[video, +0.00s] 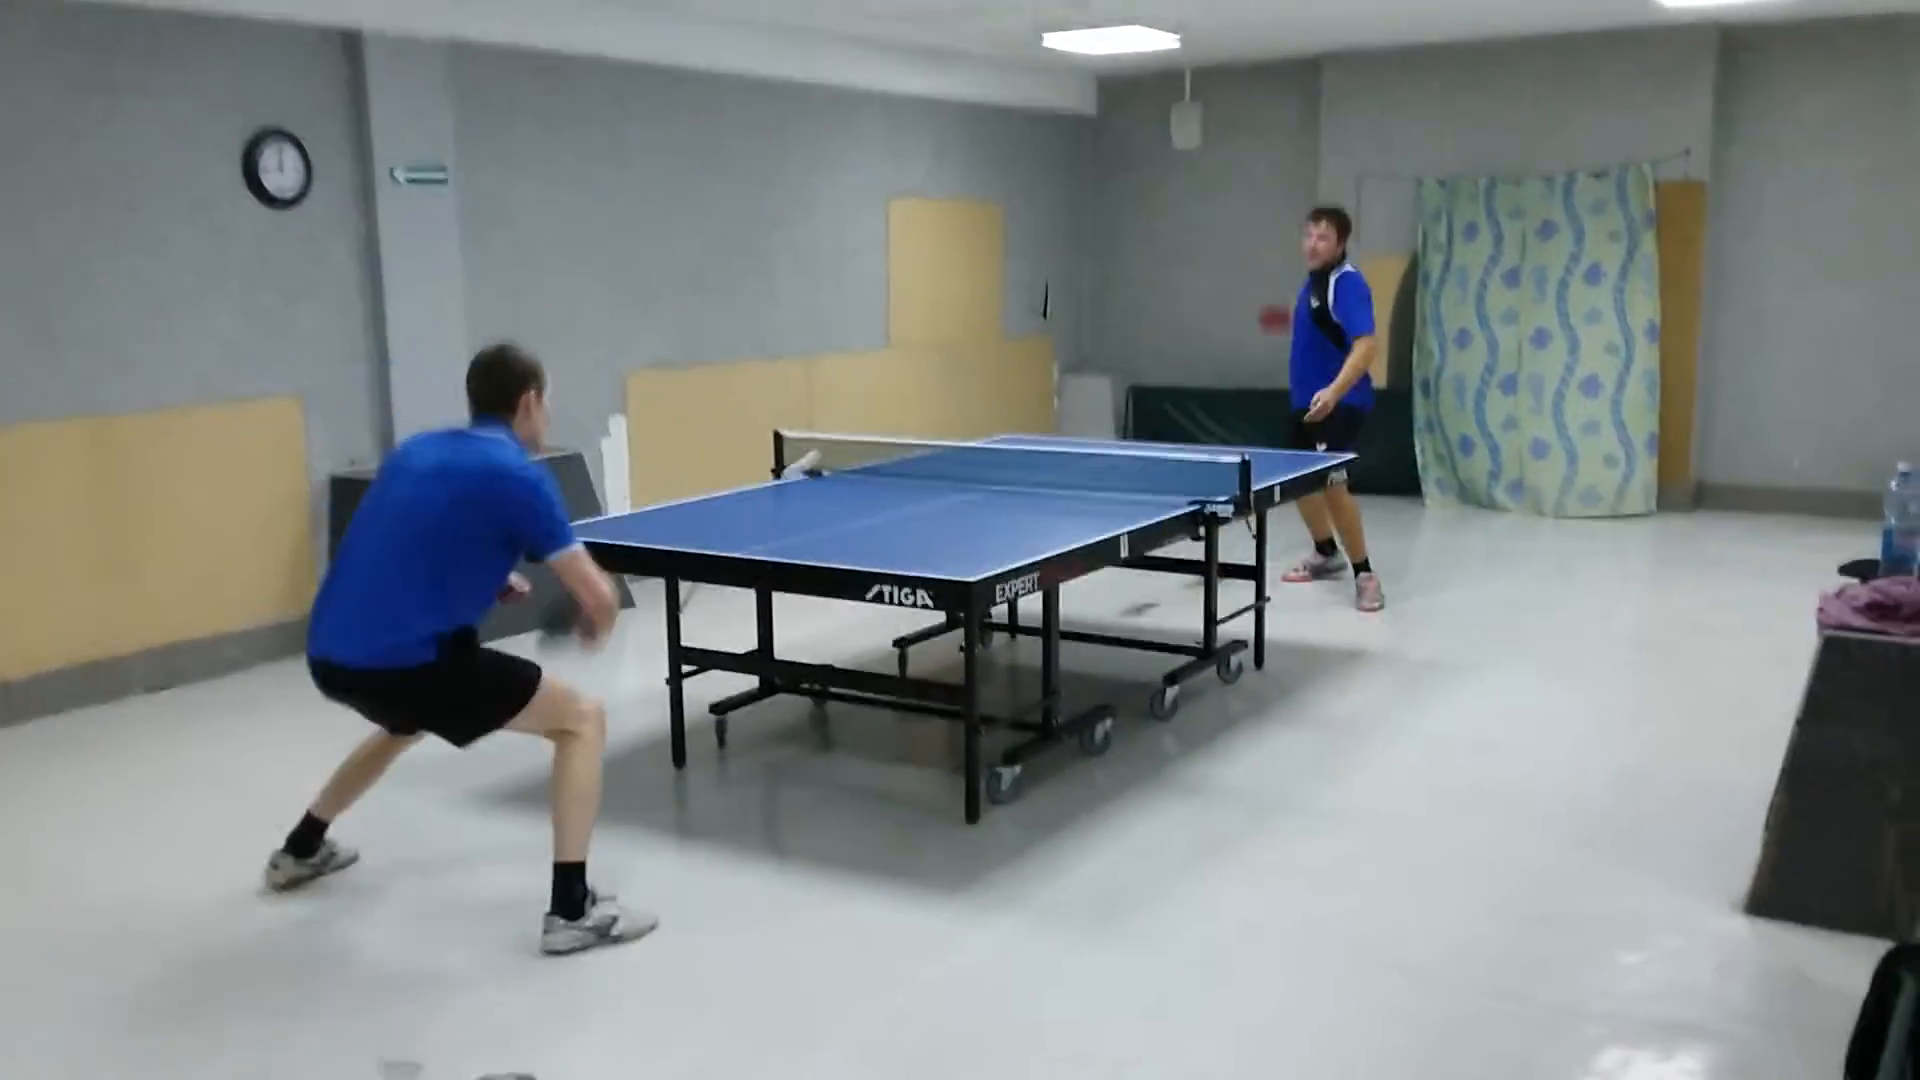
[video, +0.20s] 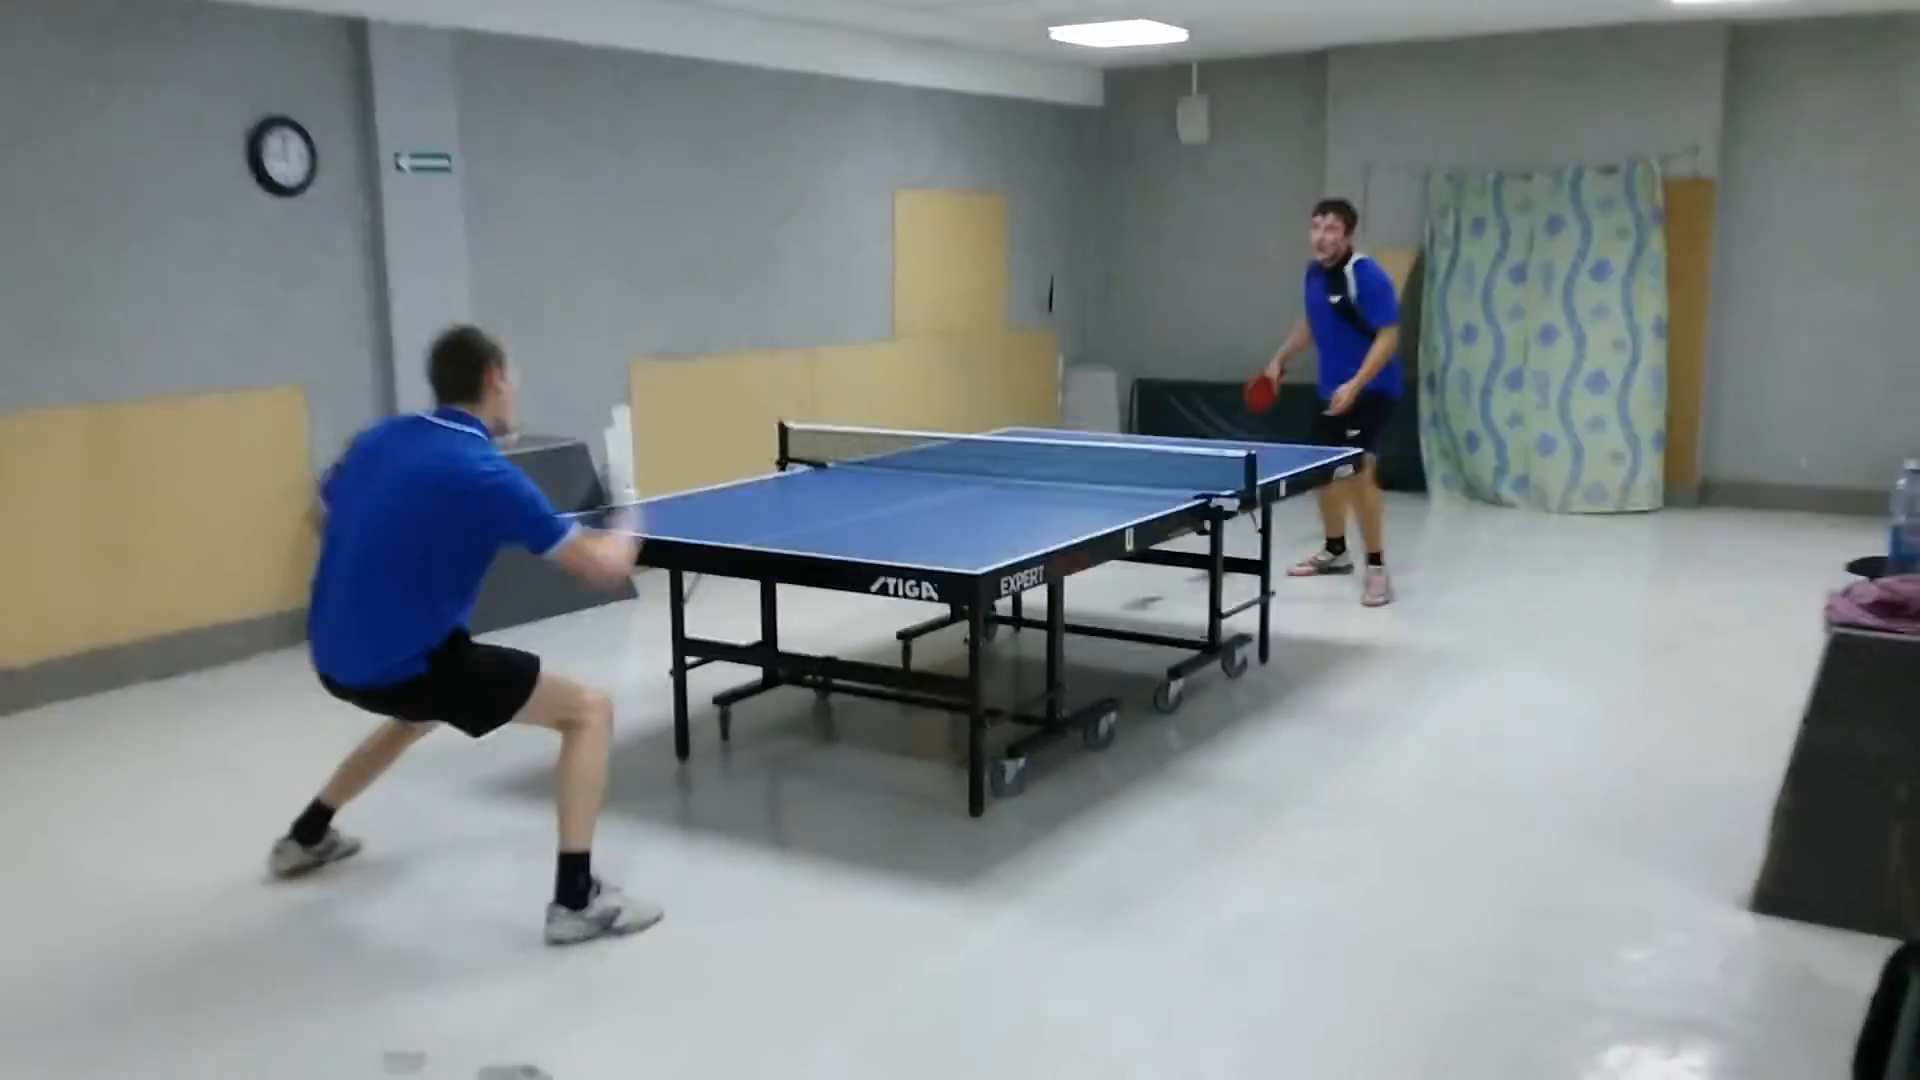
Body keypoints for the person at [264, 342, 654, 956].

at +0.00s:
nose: (546, 417)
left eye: (545, 405)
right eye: (544, 405)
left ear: (476, 402)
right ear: (528, 405)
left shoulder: (417, 449)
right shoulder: (519, 475)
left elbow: (405, 539)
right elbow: (596, 595)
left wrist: (489, 577)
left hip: (334, 657)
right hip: (412, 666)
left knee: (407, 721)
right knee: (581, 718)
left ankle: (300, 849)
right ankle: (571, 909)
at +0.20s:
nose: (511, 393)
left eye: (510, 381)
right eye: (509, 381)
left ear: (438, 386)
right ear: (493, 382)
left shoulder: (381, 437)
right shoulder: (485, 473)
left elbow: (326, 509)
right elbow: (600, 566)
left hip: (338, 658)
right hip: (409, 666)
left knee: (425, 706)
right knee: (588, 709)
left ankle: (306, 836)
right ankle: (576, 899)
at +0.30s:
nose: (472, 338)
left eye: (467, 324)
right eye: (467, 325)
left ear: (398, 334)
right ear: (450, 331)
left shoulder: (340, 385)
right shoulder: (464, 419)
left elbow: (252, 408)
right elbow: (581, 429)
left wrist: (313, 444)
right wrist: (694, 383)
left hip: (326, 615)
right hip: (406, 624)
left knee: (401, 681)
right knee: (567, 702)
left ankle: (311, 823)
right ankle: (582, 884)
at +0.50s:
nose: (360, 220)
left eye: (354, 206)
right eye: (353, 207)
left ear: (275, 218)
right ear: (330, 216)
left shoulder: (212, 291)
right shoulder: (363, 292)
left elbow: (91, 359)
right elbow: (510, 319)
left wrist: (73, 408)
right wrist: (647, 308)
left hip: (237, 555)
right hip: (338, 551)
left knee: (266, 683)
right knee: (430, 721)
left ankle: (212, 856)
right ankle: (447, 920)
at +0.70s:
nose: (278, 280)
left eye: (275, 264)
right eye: (272, 265)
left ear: (194, 280)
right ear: (242, 274)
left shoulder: (132, 367)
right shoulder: (267, 355)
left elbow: (68, 492)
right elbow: (334, 455)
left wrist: (101, 572)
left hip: (171, 634)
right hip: (273, 621)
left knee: (142, 792)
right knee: (391, 748)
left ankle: (29, 979)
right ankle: (427, 932)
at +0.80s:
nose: (250, 286)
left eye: (245, 269)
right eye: (243, 271)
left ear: (163, 284)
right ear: (213, 279)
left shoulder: (99, 370)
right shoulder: (223, 375)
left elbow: (52, 490)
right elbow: (266, 513)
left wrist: (128, 542)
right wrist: (383, 583)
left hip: (104, 645)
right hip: (204, 635)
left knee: (88, 813)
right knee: (339, 757)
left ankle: (3, 1004)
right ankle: (410, 945)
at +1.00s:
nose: (241, 324)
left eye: (236, 307)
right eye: (234, 308)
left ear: (156, 319)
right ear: (206, 316)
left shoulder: (76, 391)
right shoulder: (203, 408)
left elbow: (50, 509)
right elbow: (244, 560)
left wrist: (158, 559)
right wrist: (349, 609)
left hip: (20, 628)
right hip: (108, 638)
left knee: (60, 791)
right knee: (246, 820)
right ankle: (222, 1044)